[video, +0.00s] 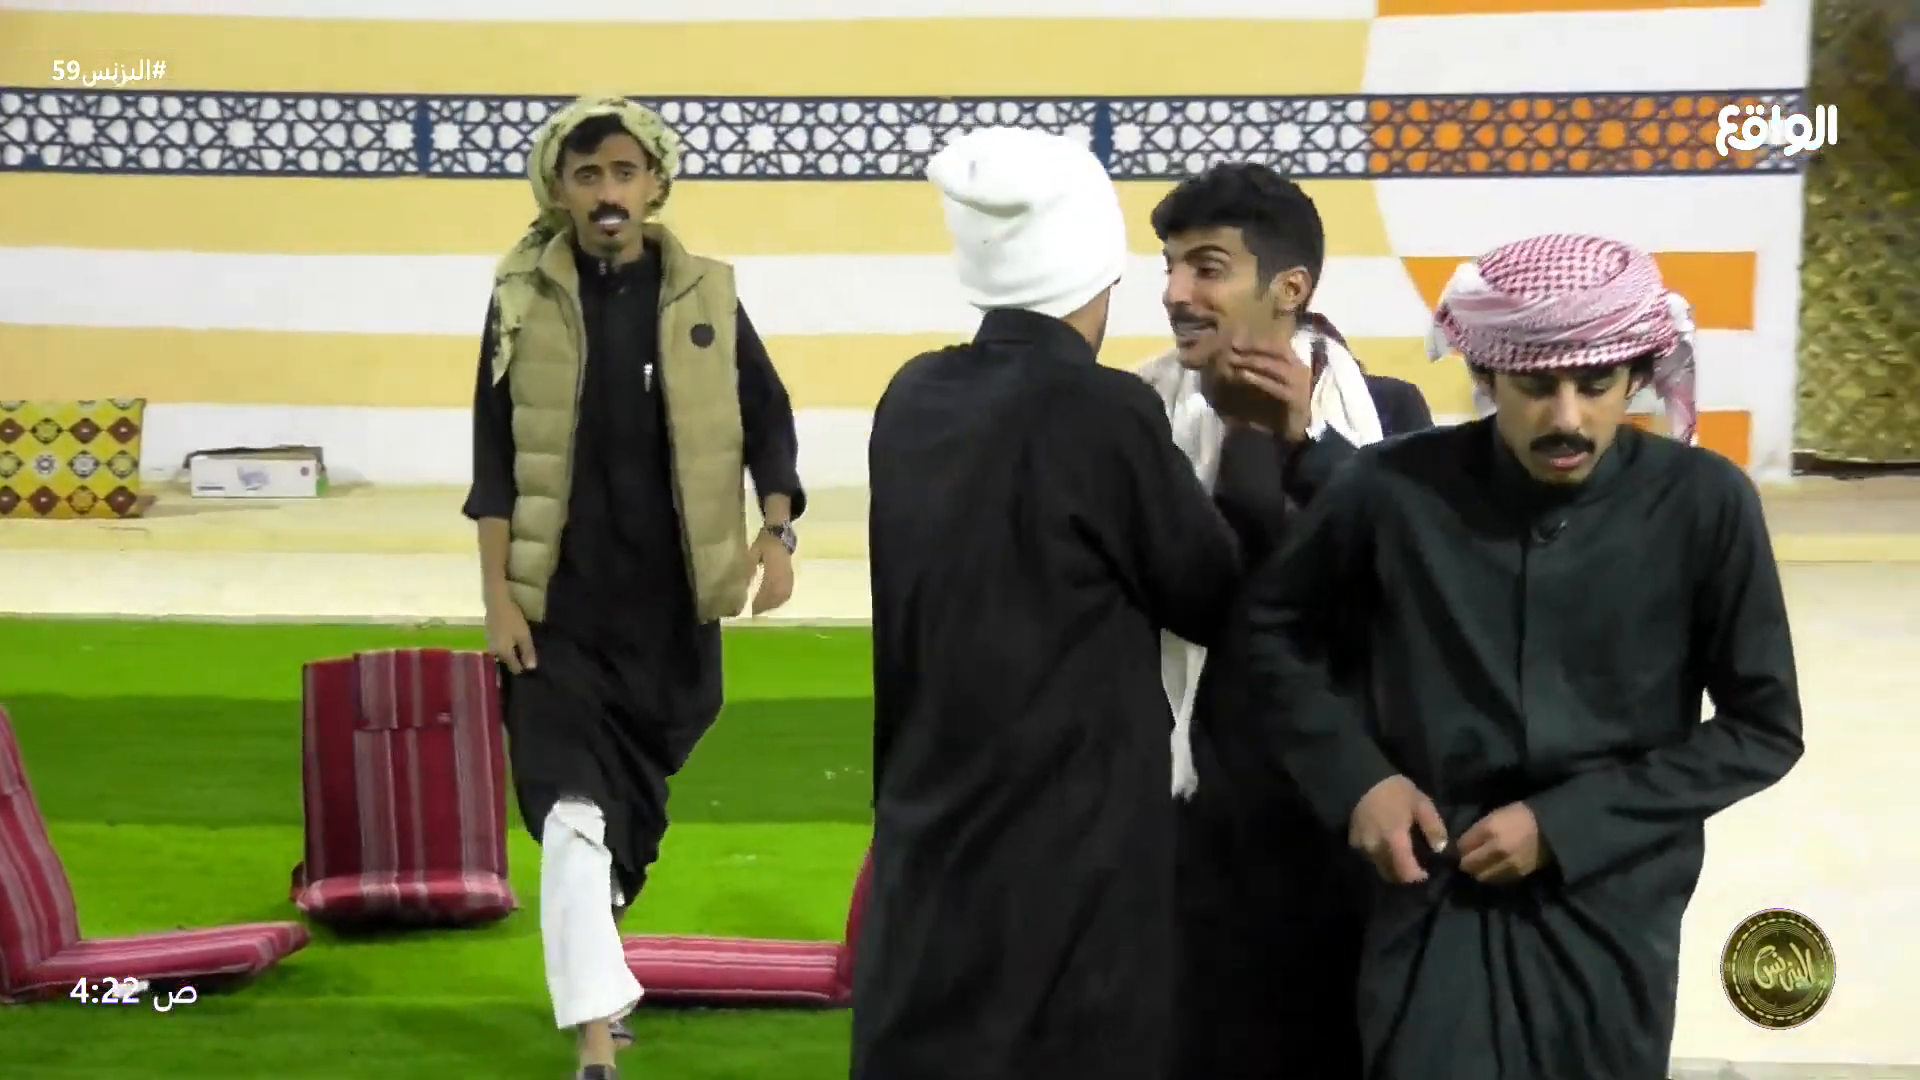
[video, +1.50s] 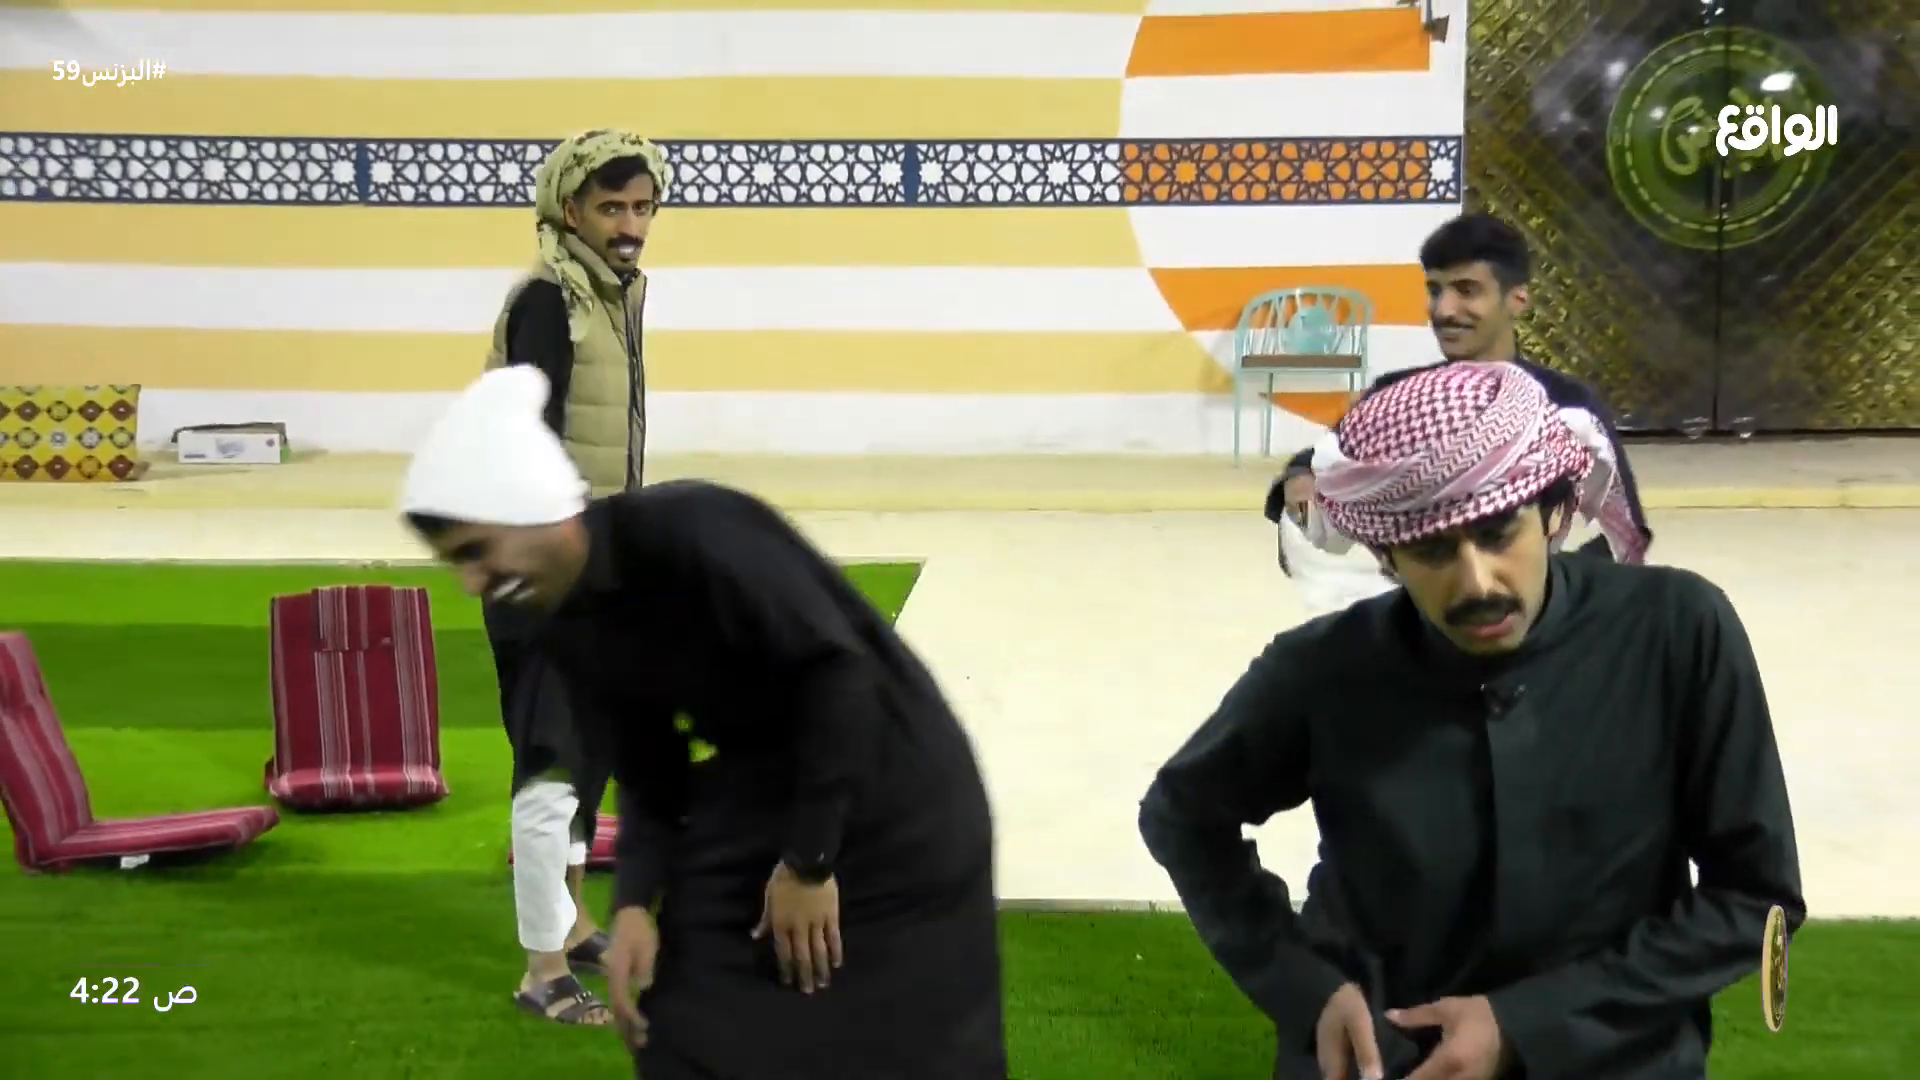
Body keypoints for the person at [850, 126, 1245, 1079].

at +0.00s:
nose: (1128, 286)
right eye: (1120, 265)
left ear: (984, 277)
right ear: (1099, 281)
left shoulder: (909, 400)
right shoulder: (1109, 412)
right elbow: (1211, 596)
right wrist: (1259, 438)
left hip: (929, 838)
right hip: (1083, 844)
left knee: (926, 1047)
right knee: (1084, 1050)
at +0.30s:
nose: (1001, 265)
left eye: (988, 243)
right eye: (994, 246)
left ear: (876, 280)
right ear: (985, 266)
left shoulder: (821, 422)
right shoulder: (1046, 389)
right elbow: (1208, 511)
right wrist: (1227, 449)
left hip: (907, 828)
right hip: (1073, 812)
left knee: (953, 1046)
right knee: (1131, 1034)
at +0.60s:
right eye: (969, 223)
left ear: (853, 269)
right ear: (969, 248)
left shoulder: (815, 407)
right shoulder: (1063, 370)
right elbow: (1246, 467)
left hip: (909, 836)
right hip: (1080, 816)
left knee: (938, 1045)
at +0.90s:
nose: (841, 353)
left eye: (845, 339)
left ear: (860, 361)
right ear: (969, 343)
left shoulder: (844, 481)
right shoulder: (1066, 450)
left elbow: (860, 628)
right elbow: (1100, 600)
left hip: (939, 849)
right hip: (1098, 841)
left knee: (901, 1054)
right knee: (1093, 1052)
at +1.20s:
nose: (668, 397)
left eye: (693, 371)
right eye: (666, 373)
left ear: (768, 381)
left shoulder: (839, 488)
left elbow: (907, 705)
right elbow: (840, 709)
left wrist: (827, 855)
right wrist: (697, 788)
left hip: (1011, 846)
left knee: (785, 1000)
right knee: (781, 981)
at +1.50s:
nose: (473, 581)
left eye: (475, 551)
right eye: (456, 563)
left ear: (539, 503)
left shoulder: (697, 531)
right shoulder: (573, 625)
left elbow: (838, 669)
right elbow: (652, 769)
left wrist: (810, 860)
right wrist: (635, 904)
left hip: (892, 787)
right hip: (753, 789)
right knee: (687, 1009)